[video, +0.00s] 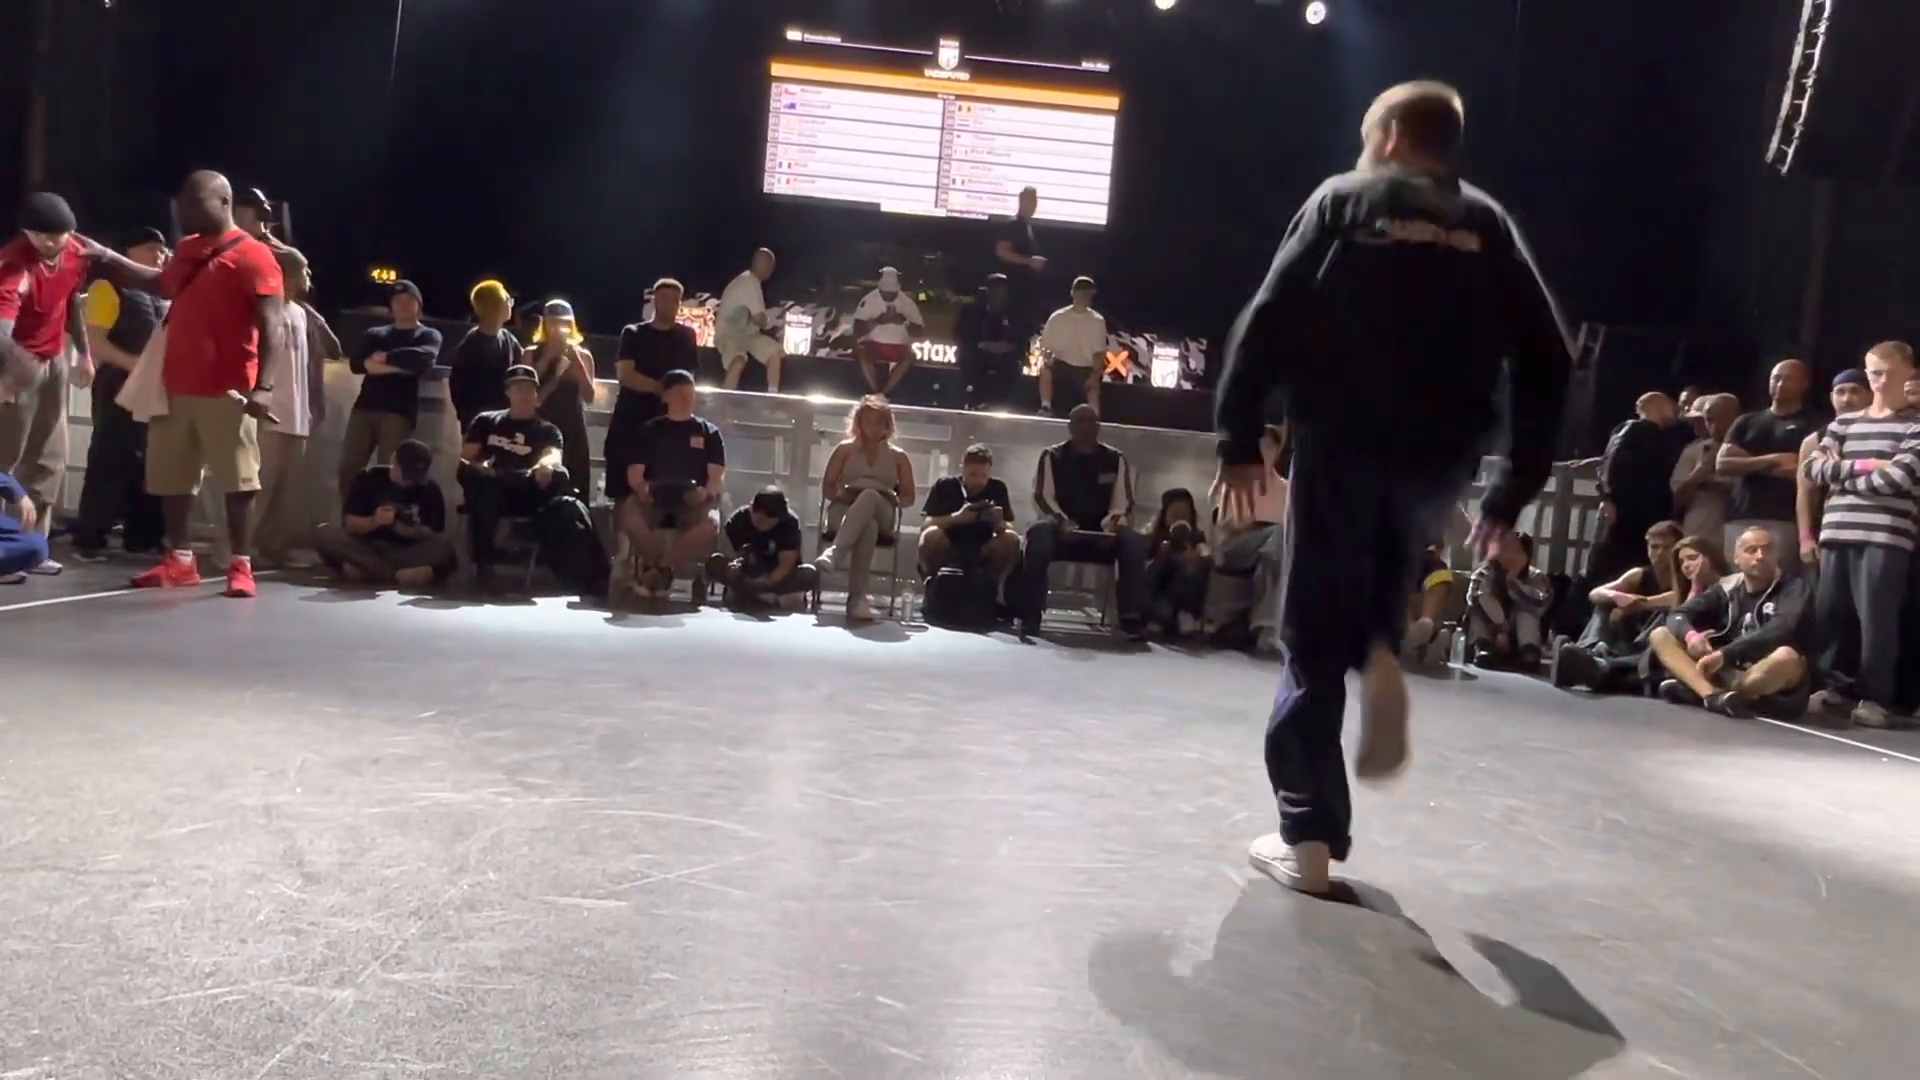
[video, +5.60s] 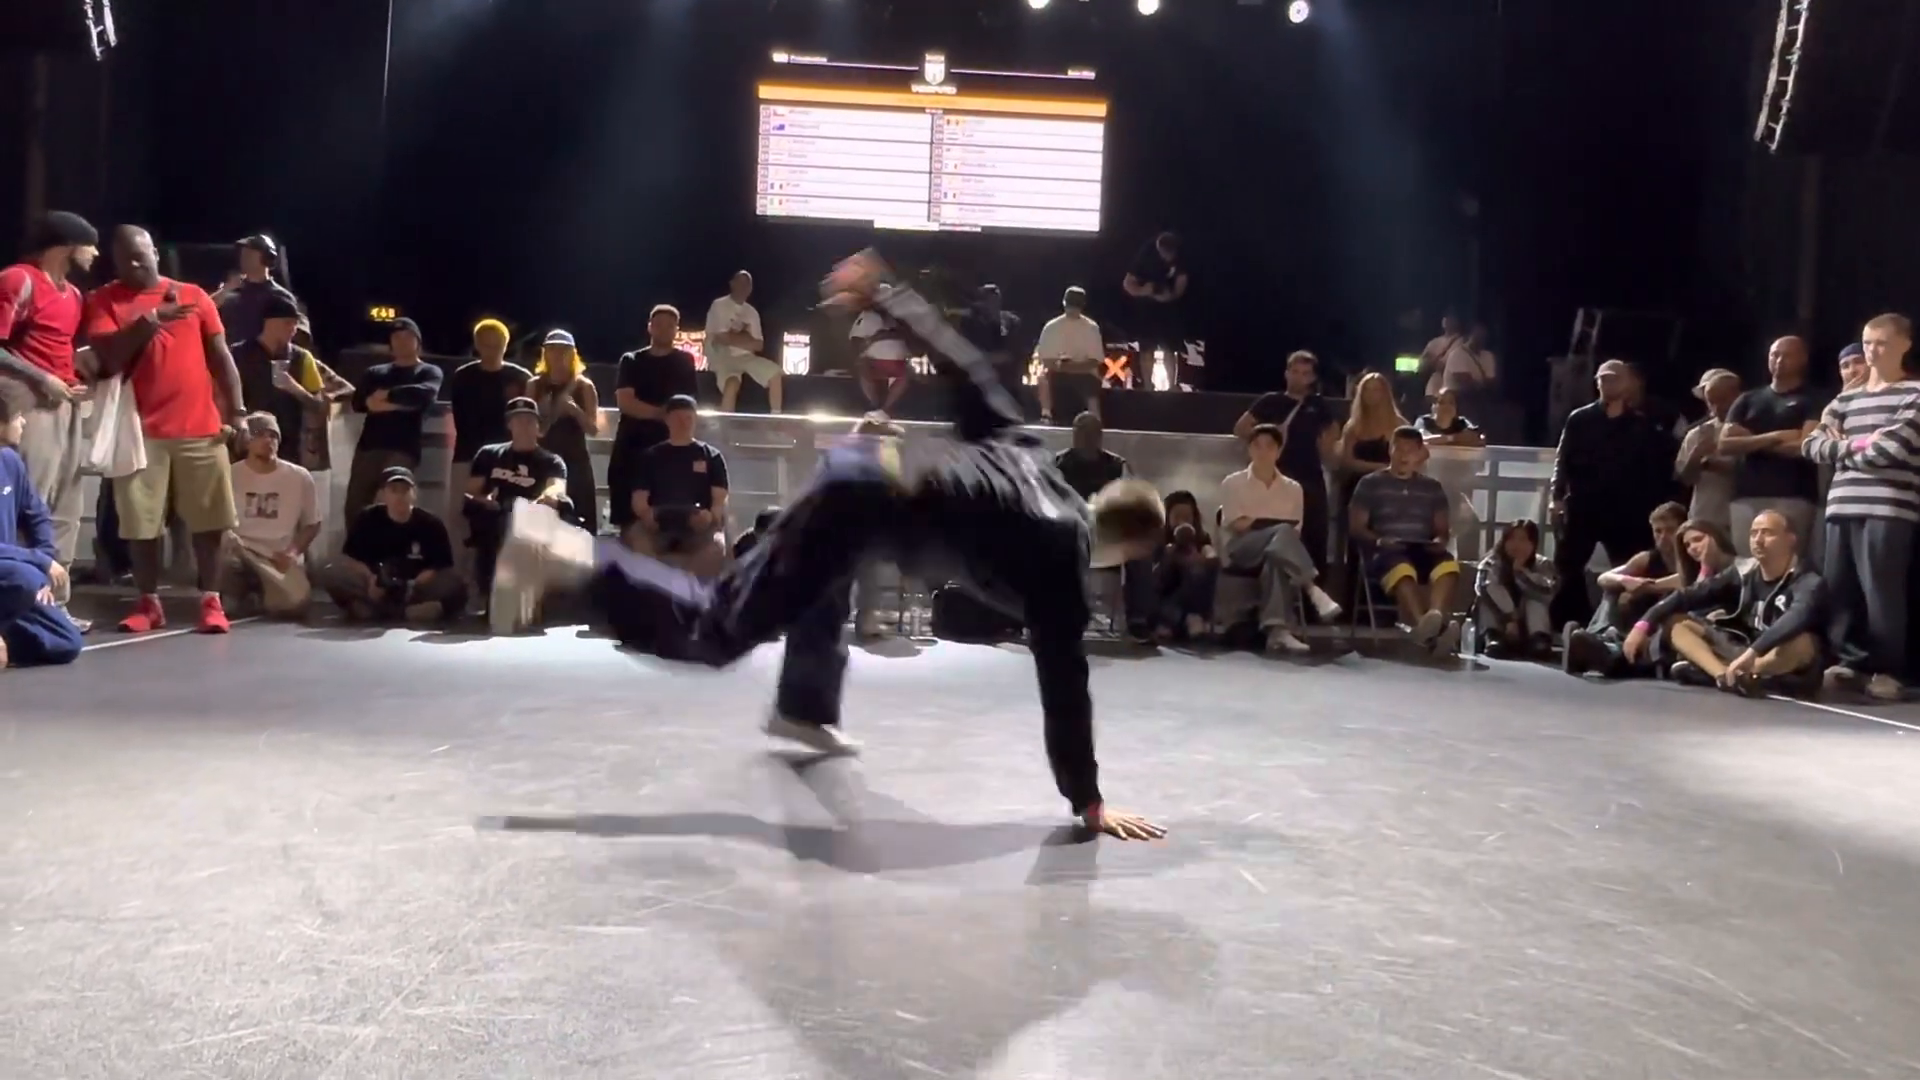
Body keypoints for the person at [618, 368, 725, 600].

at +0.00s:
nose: (685, 397)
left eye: (688, 391)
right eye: (679, 392)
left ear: (694, 395)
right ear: (665, 396)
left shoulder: (709, 432)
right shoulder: (648, 430)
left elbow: (716, 476)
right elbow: (634, 472)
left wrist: (704, 493)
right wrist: (644, 491)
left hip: (691, 492)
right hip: (655, 490)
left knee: (709, 525)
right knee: (630, 514)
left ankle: (658, 570)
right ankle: (661, 569)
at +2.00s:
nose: (671, 405)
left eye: (676, 400)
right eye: (666, 400)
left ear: (684, 402)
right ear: (657, 403)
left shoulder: (699, 441)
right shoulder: (638, 439)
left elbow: (706, 486)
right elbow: (625, 482)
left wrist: (696, 503)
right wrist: (635, 499)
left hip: (681, 503)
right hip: (645, 502)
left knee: (700, 533)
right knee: (621, 524)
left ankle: (653, 579)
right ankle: (654, 581)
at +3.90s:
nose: (664, 435)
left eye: (668, 430)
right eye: (658, 430)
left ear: (675, 433)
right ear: (647, 433)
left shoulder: (691, 468)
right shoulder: (631, 468)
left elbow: (701, 512)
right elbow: (619, 512)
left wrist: (691, 528)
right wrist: (630, 530)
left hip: (677, 530)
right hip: (641, 529)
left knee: (696, 560)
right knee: (615, 553)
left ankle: (650, 608)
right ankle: (651, 607)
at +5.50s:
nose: (682, 422)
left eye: (687, 417)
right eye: (677, 417)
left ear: (694, 421)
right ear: (666, 420)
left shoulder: (709, 456)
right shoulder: (649, 456)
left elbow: (718, 499)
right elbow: (637, 499)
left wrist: (708, 517)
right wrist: (648, 517)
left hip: (694, 519)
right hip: (659, 518)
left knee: (714, 550)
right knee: (637, 544)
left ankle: (670, 598)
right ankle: (665, 596)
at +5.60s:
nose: (683, 422)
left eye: (688, 417)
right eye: (677, 417)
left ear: (695, 420)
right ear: (667, 419)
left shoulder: (711, 456)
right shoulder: (650, 456)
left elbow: (719, 501)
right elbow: (639, 498)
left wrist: (709, 517)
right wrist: (648, 516)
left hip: (695, 519)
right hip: (660, 519)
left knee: (716, 546)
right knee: (638, 536)